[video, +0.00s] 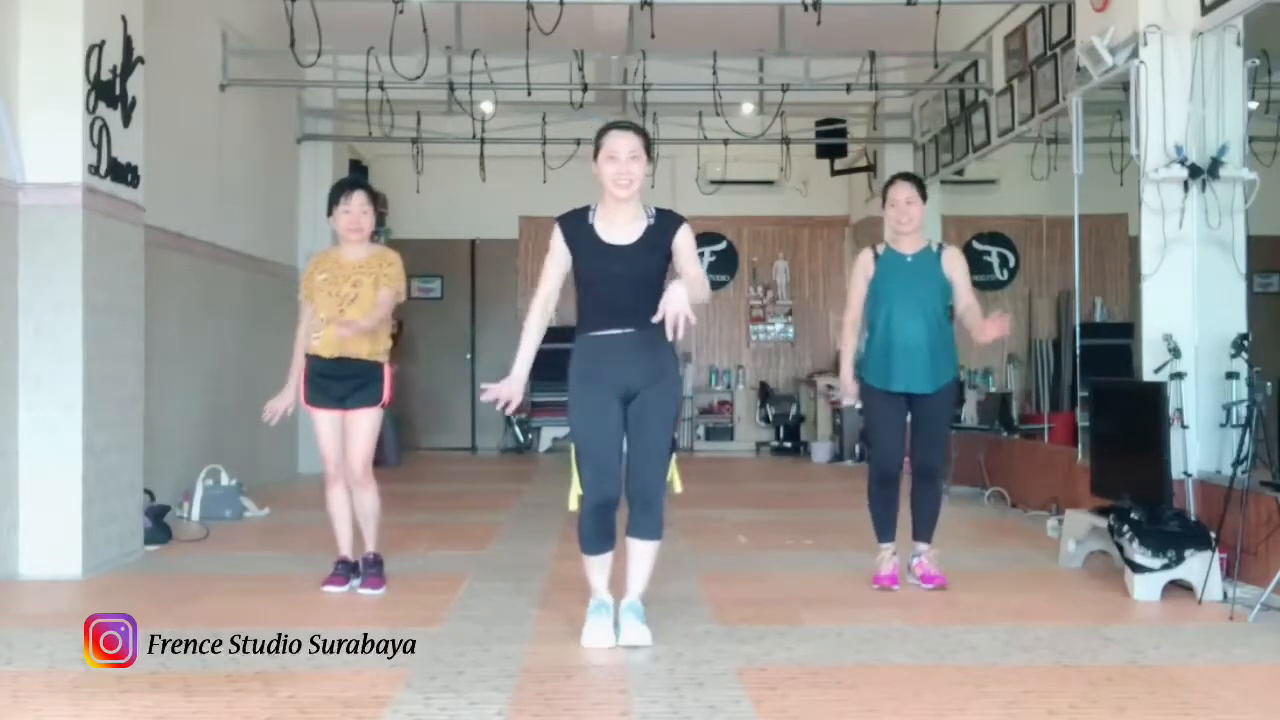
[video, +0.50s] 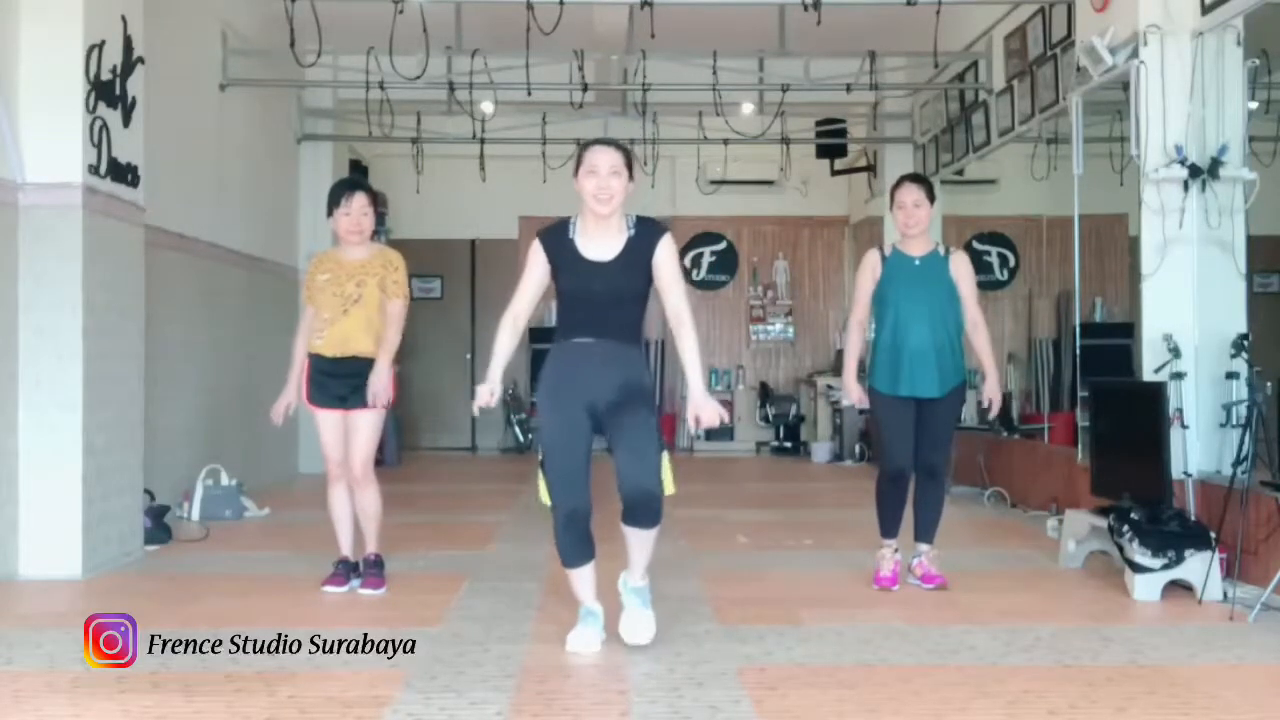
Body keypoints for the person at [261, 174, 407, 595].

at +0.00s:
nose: (355, 218)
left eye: (364, 211)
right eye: (346, 210)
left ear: (376, 219)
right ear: (332, 217)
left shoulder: (387, 262)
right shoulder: (318, 266)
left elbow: (382, 316)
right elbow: (304, 330)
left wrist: (351, 326)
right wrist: (291, 387)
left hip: (367, 371)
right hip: (321, 370)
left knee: (358, 470)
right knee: (333, 471)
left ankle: (371, 558)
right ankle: (345, 560)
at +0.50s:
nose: (356, 220)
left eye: (365, 212)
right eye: (347, 212)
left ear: (376, 218)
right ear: (331, 219)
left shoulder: (390, 262)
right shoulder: (320, 266)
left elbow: (395, 321)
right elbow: (306, 329)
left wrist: (383, 367)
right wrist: (292, 386)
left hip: (370, 368)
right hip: (324, 367)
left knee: (360, 468)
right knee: (335, 468)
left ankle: (372, 558)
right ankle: (346, 560)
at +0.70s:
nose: (360, 223)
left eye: (368, 214)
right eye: (350, 215)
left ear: (378, 219)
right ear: (334, 221)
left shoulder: (395, 264)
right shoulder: (323, 267)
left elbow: (410, 327)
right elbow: (306, 324)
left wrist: (416, 384)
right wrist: (293, 374)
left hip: (377, 371)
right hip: (328, 371)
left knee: (368, 466)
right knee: (339, 467)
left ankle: (378, 553)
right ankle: (346, 560)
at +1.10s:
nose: (373, 222)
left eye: (380, 213)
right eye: (362, 214)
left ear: (389, 217)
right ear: (346, 221)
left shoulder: (407, 260)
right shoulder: (333, 265)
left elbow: (422, 319)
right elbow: (319, 317)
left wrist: (431, 373)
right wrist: (321, 341)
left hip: (389, 370)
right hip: (342, 369)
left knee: (383, 469)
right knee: (346, 469)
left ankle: (393, 560)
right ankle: (349, 560)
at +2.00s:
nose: (354, 219)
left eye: (363, 212)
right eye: (346, 212)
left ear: (375, 219)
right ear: (332, 219)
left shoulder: (393, 262)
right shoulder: (322, 267)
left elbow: (416, 319)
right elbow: (309, 325)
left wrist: (398, 348)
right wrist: (303, 377)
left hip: (383, 371)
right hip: (336, 372)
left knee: (395, 469)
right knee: (344, 468)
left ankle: (408, 537)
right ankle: (350, 559)